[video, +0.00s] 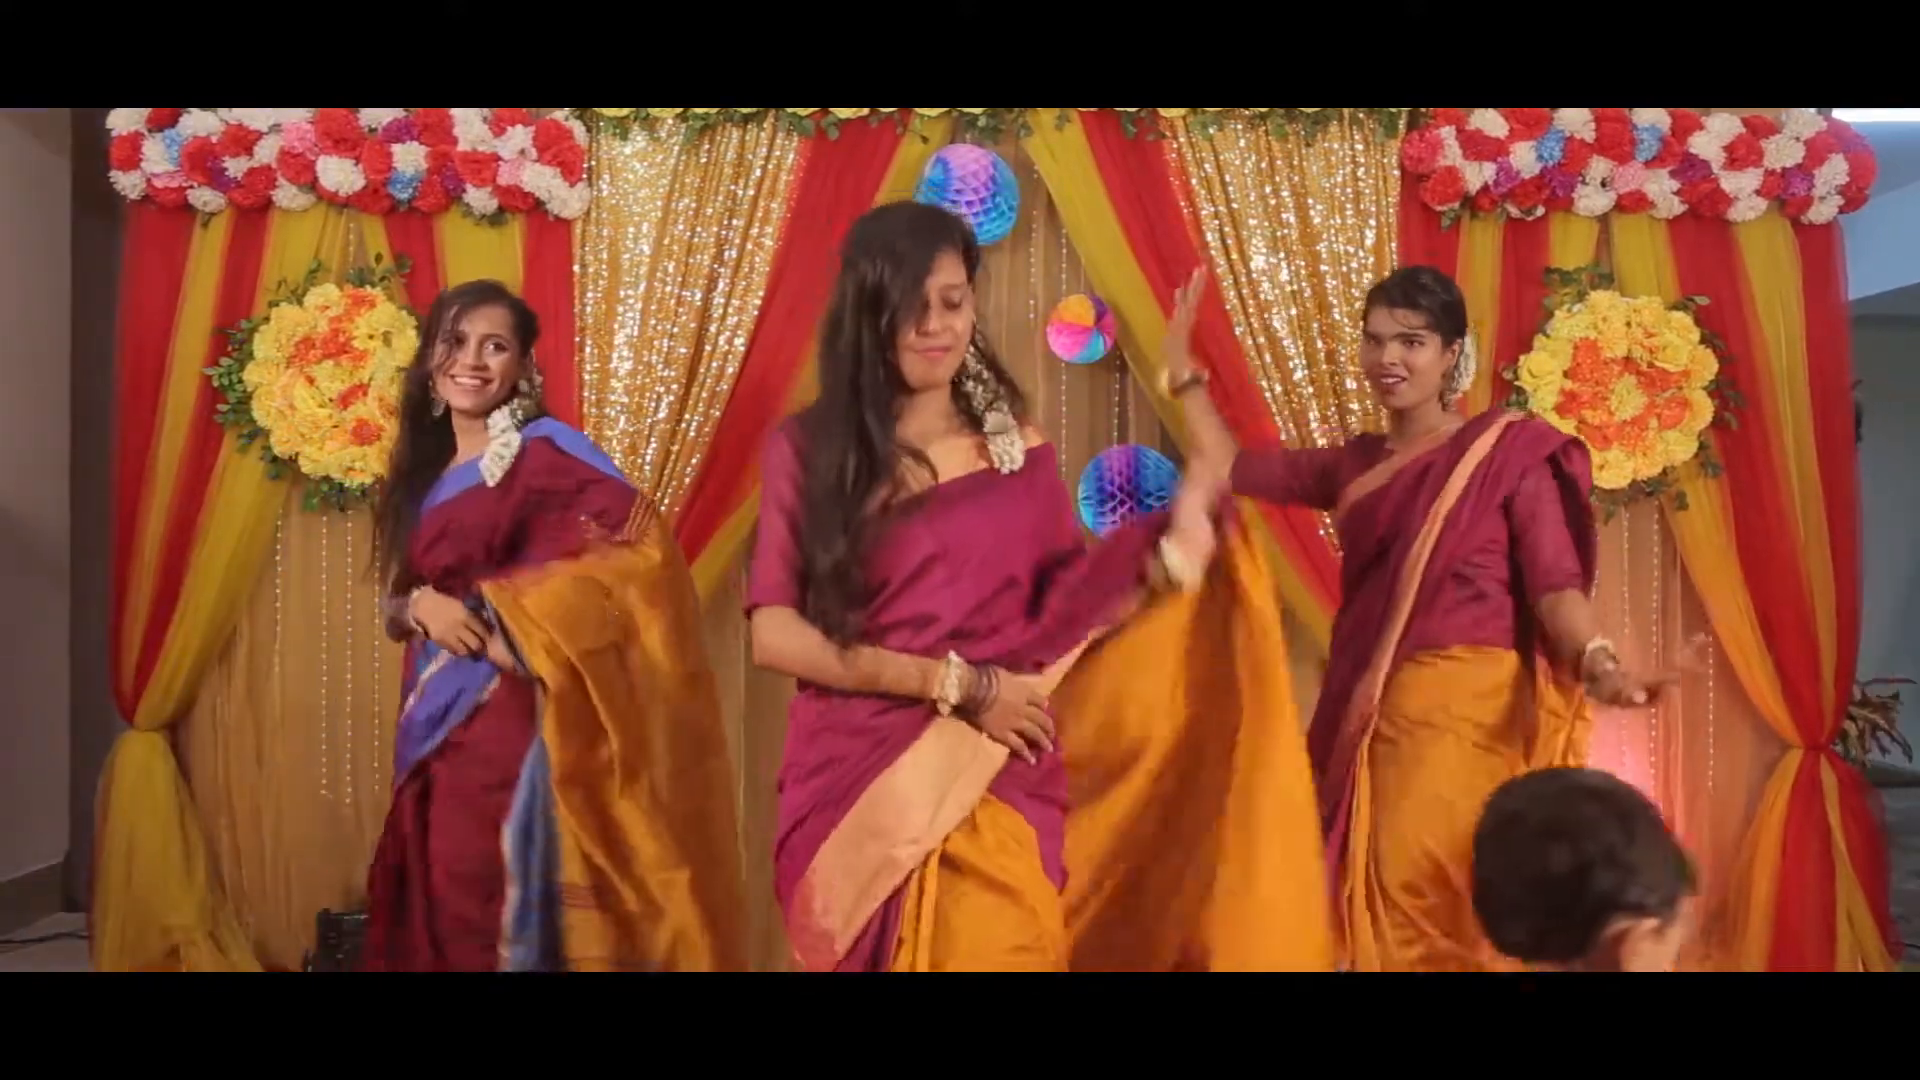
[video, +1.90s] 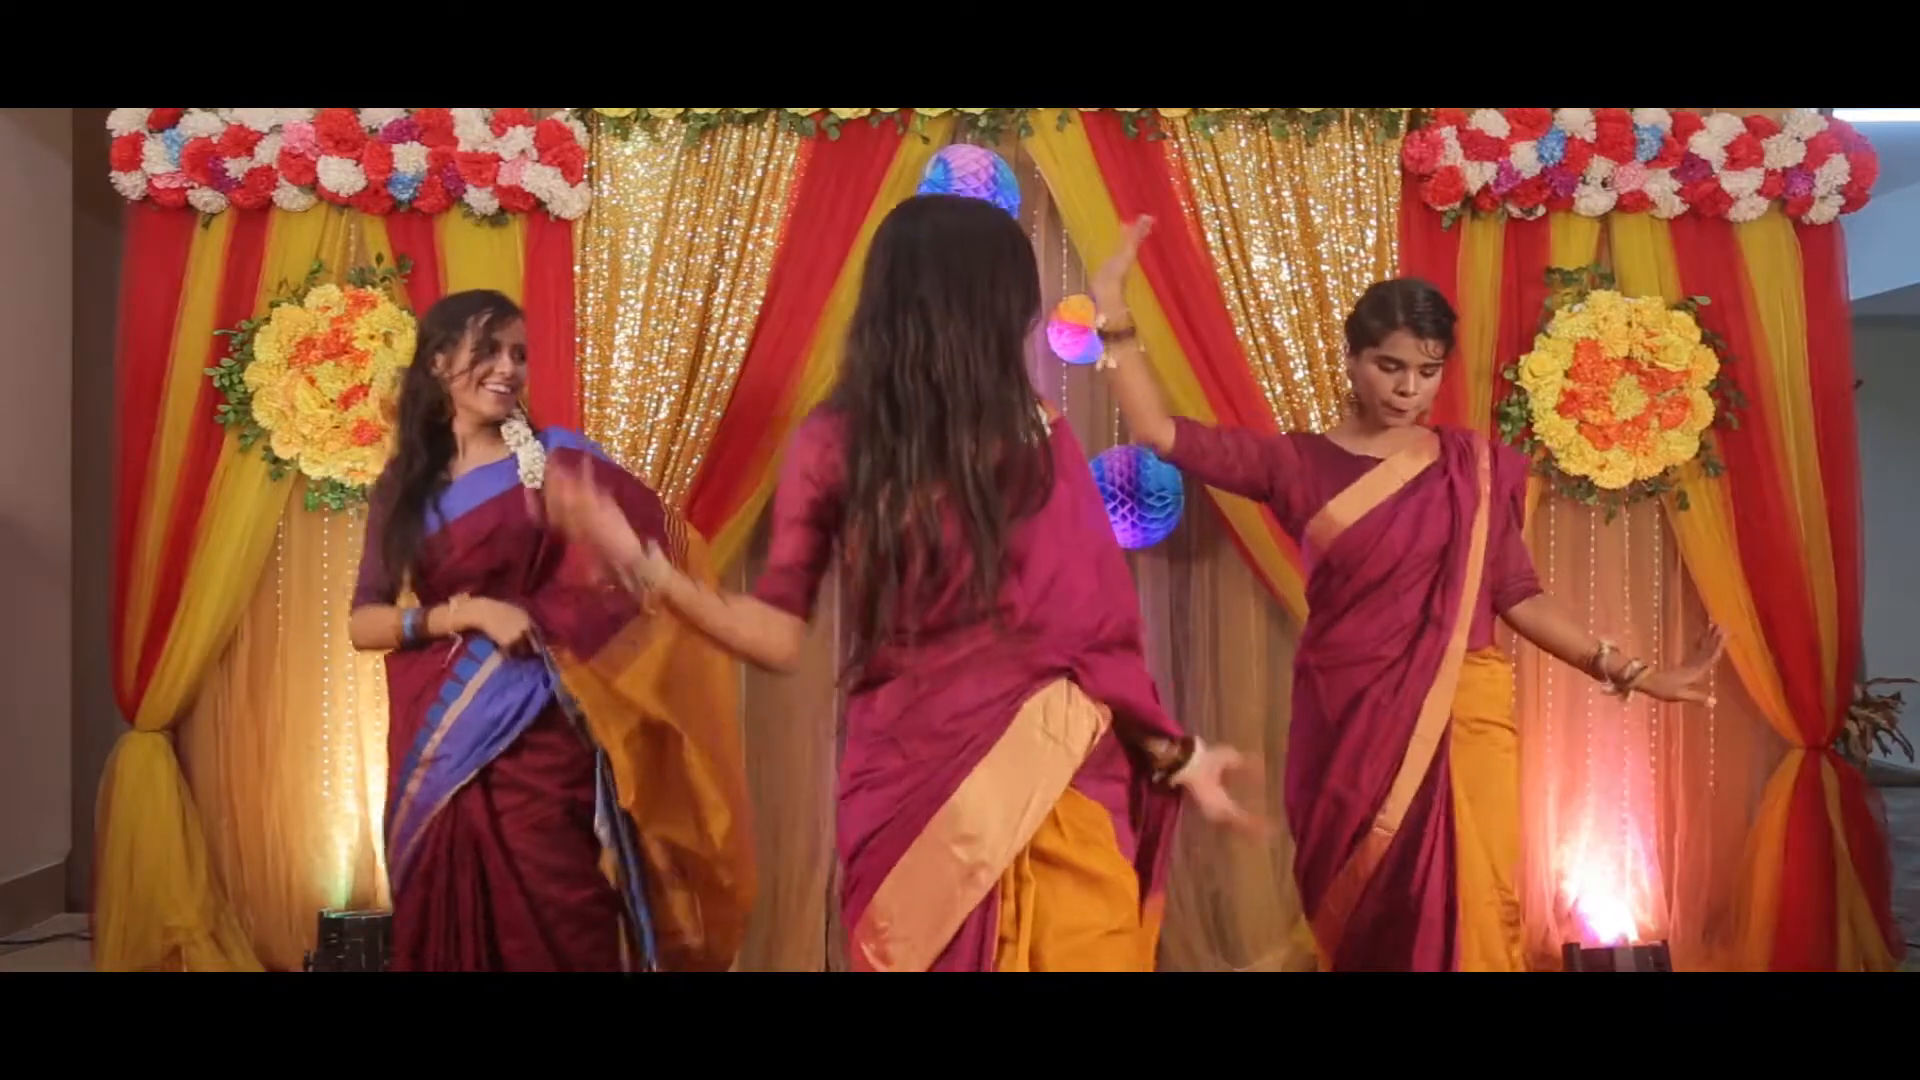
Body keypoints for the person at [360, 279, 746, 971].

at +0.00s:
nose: (472, 360)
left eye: (495, 347)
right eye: (456, 342)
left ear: (522, 369)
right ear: (430, 361)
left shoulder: (547, 448)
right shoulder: (430, 475)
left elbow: (653, 558)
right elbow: (397, 603)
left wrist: (513, 608)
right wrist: (417, 603)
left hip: (534, 729)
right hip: (444, 732)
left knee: (518, 920)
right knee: (438, 916)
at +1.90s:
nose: (507, 369)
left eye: (518, 354)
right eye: (486, 353)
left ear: (531, 366)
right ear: (438, 366)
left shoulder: (562, 458)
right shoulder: (406, 487)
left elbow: (666, 545)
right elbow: (365, 624)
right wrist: (464, 611)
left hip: (545, 727)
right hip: (438, 738)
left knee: (557, 924)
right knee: (446, 927)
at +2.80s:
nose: (490, 363)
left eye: (506, 347)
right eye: (470, 346)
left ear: (521, 359)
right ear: (430, 362)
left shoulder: (557, 447)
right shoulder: (405, 477)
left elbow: (662, 548)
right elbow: (371, 620)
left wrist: (547, 613)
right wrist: (471, 609)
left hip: (557, 721)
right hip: (452, 731)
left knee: (583, 918)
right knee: (464, 922)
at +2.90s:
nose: (484, 366)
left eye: (500, 351)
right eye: (463, 350)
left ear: (517, 369)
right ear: (426, 368)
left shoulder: (557, 454)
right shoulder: (404, 482)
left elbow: (670, 555)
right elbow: (374, 626)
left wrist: (567, 626)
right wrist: (480, 613)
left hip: (548, 734)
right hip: (442, 741)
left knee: (564, 925)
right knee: (452, 929)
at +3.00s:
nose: (487, 351)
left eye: (504, 338)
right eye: (467, 334)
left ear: (518, 356)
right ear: (428, 349)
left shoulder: (547, 438)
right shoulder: (392, 457)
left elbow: (655, 536)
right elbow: (354, 602)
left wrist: (549, 597)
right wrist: (464, 592)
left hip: (555, 702)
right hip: (450, 715)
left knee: (561, 911)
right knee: (460, 912)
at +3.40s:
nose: (481, 361)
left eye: (501, 349)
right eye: (462, 345)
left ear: (519, 373)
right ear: (429, 364)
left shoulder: (555, 450)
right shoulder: (403, 480)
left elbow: (669, 543)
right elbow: (375, 624)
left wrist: (580, 619)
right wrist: (479, 613)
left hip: (548, 714)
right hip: (443, 719)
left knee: (551, 925)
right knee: (449, 922)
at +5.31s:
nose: (511, 340)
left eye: (531, 328)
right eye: (491, 323)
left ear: (551, 352)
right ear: (458, 343)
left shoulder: (591, 456)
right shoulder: (417, 457)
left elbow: (618, 584)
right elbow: (395, 582)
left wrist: (648, 579)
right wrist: (377, 651)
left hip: (570, 711)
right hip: (453, 717)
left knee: (566, 919)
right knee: (456, 916)